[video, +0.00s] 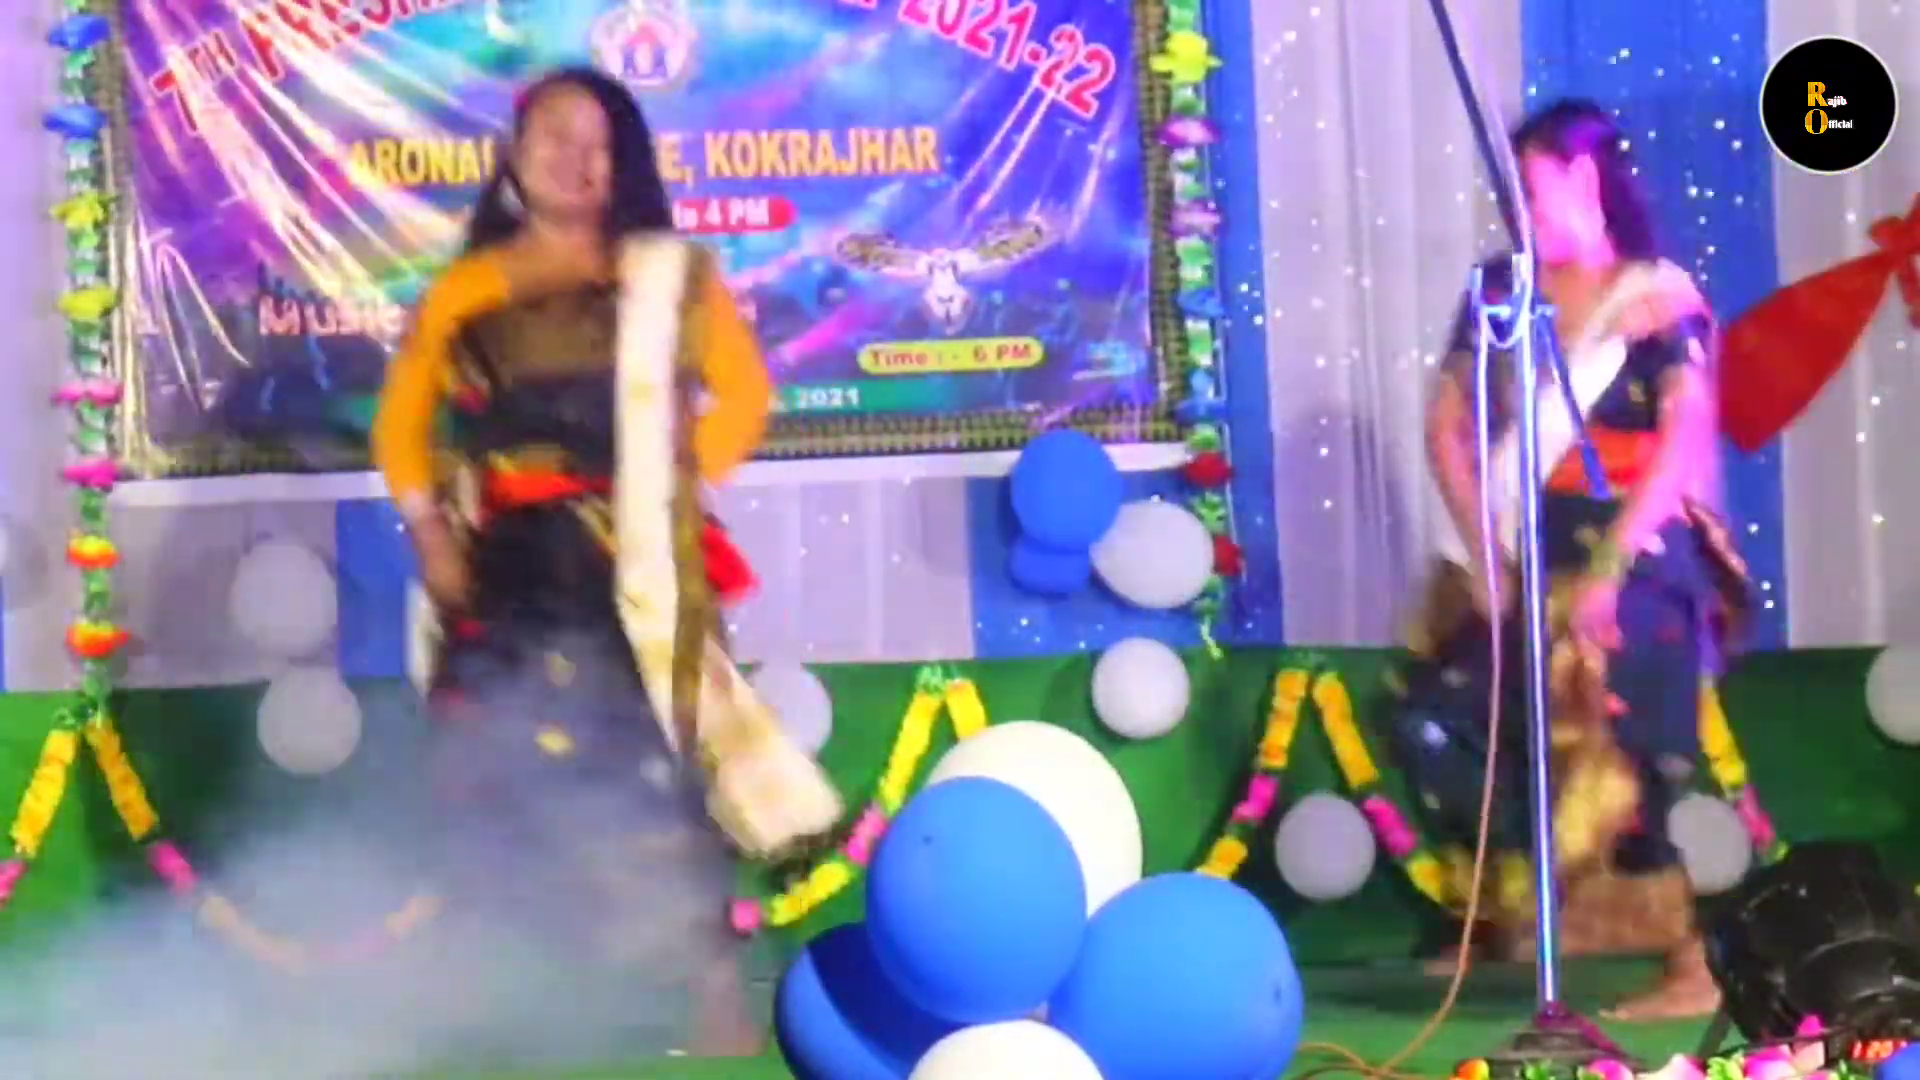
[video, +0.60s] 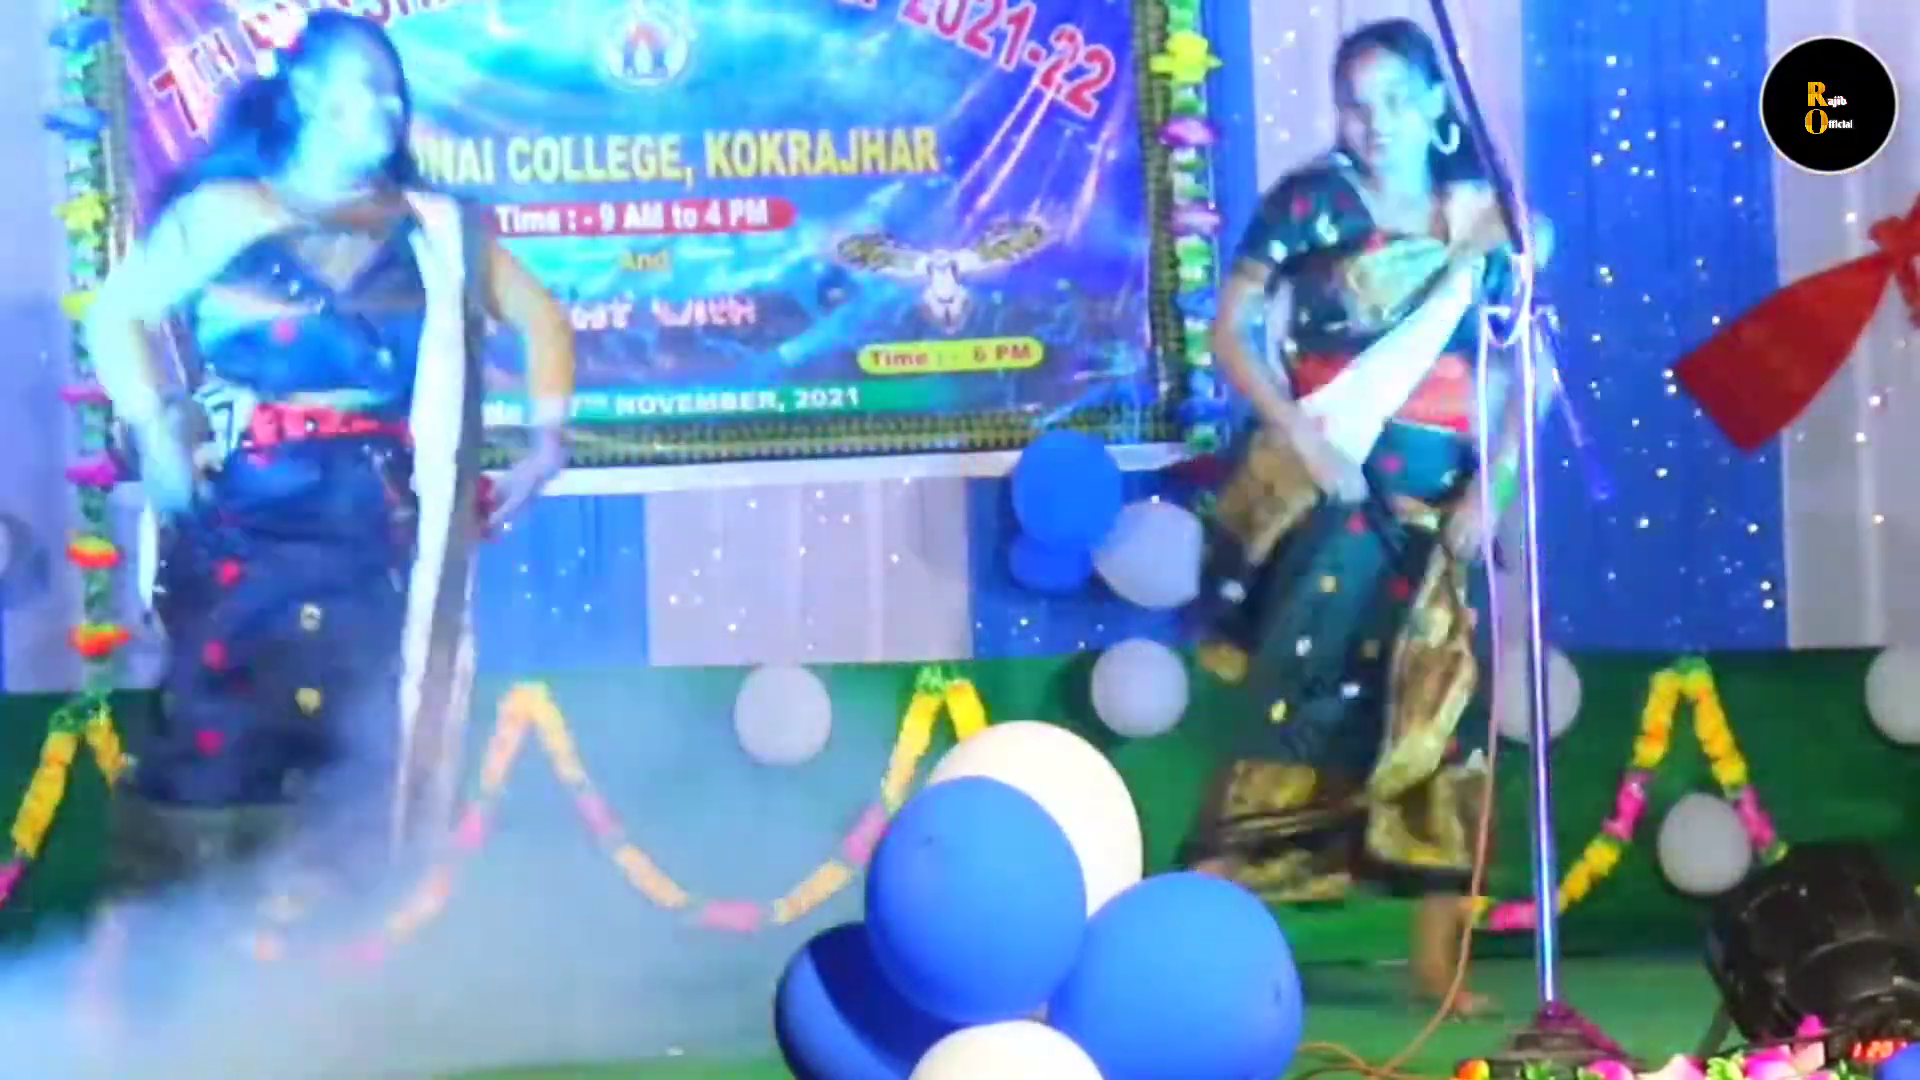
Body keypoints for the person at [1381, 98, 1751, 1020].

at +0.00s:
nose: (1529, 205)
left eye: (1545, 184)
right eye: (1522, 186)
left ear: (1595, 180)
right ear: (1515, 189)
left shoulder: (1661, 294)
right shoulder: (1498, 290)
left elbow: (1685, 445)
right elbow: (1448, 427)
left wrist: (1611, 570)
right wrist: (1487, 552)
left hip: (1643, 534)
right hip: (1532, 539)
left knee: (1649, 743)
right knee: (1447, 712)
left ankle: (1692, 962)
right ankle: (1497, 917)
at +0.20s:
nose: (1457, 139)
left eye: (1471, 116)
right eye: (1444, 120)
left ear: (1524, 104)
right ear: (1435, 122)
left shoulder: (1600, 205)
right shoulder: (1429, 219)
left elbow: (1628, 349)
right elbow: (1368, 346)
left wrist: (1561, 472)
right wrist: (1384, 456)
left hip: (1559, 504)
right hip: (1439, 502)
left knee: (1541, 723)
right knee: (1423, 724)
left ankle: (1555, 940)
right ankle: (1415, 968)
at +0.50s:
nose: (1400, 171)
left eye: (1417, 150)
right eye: (1385, 154)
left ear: (1466, 149)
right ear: (1373, 159)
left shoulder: (1525, 272)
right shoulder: (1344, 260)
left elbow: (1572, 424)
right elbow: (1270, 390)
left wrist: (1502, 541)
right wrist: (1324, 485)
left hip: (1476, 548)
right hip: (1359, 538)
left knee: (1477, 757)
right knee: (1323, 741)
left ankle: (1479, 969)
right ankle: (1276, 959)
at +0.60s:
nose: (1369, 122)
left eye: (1389, 104)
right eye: (1355, 106)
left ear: (1434, 104)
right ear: (1339, 109)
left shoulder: (1483, 212)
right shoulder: (1304, 199)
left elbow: (1524, 370)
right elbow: (1227, 330)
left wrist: (1489, 490)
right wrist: (1294, 432)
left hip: (1446, 503)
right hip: (1328, 492)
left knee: (1448, 729)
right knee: (1287, 711)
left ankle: (1440, 970)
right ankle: (1204, 940)